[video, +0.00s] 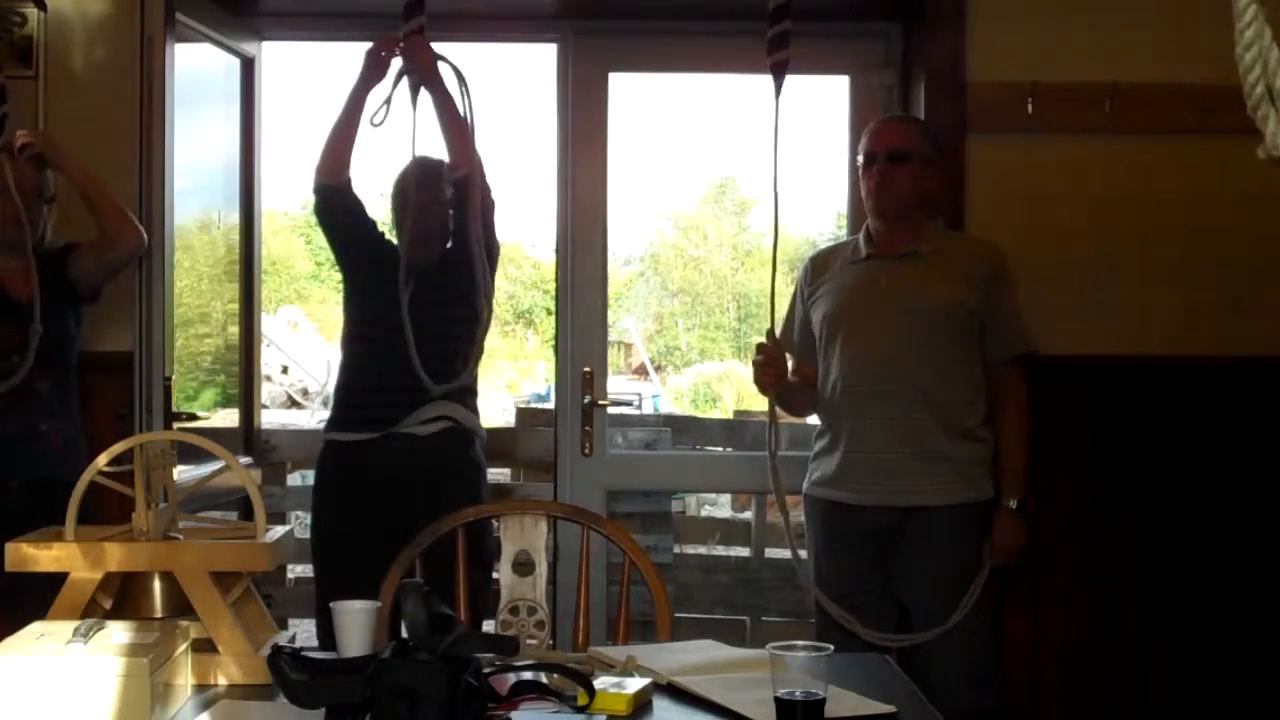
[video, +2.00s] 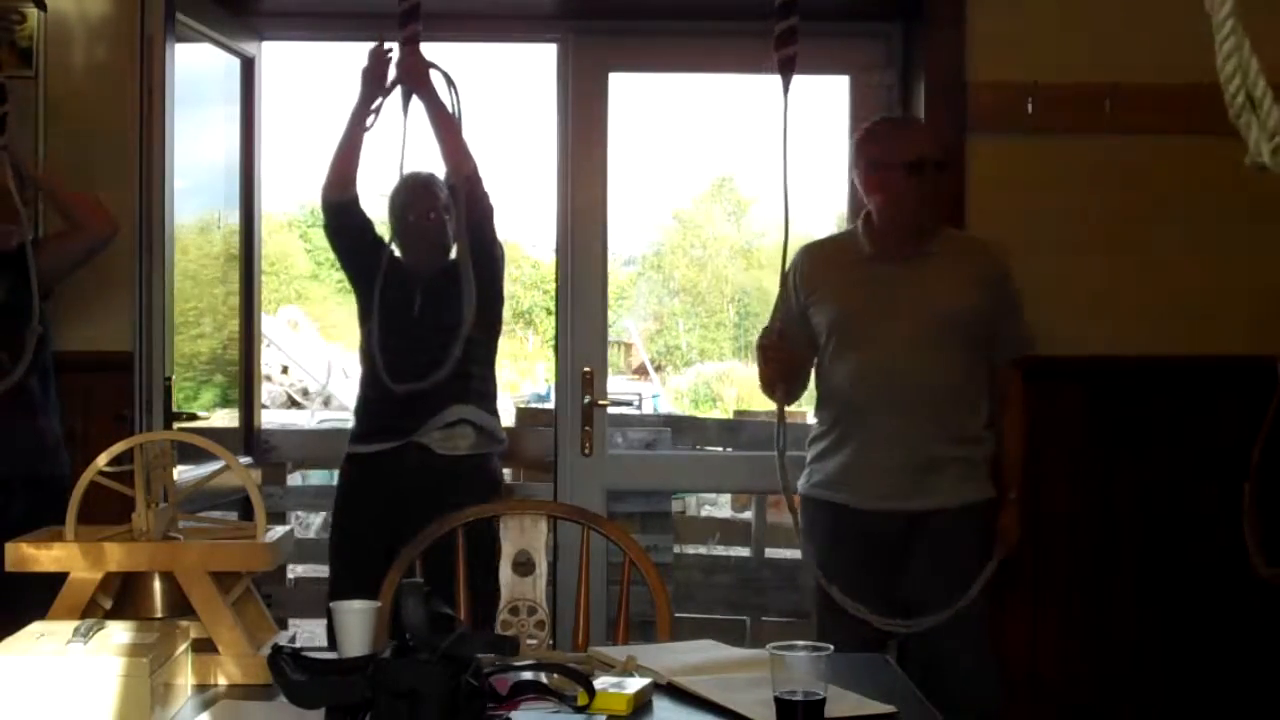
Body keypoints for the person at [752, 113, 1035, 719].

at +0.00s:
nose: (879, 171)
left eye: (898, 158)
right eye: (869, 160)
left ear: (933, 175)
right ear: (857, 177)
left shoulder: (977, 264)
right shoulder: (821, 269)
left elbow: (1009, 387)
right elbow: (810, 394)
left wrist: (1011, 502)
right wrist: (779, 386)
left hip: (948, 508)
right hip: (841, 507)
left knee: (951, 682)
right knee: (852, 679)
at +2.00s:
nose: (917, 180)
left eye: (924, 167)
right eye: (897, 168)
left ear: (936, 176)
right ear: (860, 179)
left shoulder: (979, 265)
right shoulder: (816, 264)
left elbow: (1010, 388)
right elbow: (784, 390)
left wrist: (1012, 499)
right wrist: (773, 361)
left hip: (954, 507)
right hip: (844, 506)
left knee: (954, 678)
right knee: (852, 676)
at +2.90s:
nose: (919, 170)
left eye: (934, 155)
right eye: (900, 156)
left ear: (956, 166)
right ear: (873, 176)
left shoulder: (980, 242)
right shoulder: (847, 233)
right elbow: (783, 165)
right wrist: (801, 70)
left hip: (947, 476)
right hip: (847, 470)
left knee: (952, 652)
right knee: (853, 651)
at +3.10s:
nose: (890, 157)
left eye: (906, 146)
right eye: (874, 147)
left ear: (932, 161)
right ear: (857, 166)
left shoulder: (957, 230)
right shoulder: (826, 225)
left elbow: (950, 140)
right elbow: (783, 163)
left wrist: (888, 54)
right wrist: (814, 67)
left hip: (934, 439)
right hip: (833, 443)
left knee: (939, 623)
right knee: (841, 626)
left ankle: (943, 719)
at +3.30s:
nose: (873, 168)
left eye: (890, 157)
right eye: (860, 157)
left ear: (913, 170)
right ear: (842, 170)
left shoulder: (938, 234)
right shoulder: (813, 236)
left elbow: (914, 133)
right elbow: (769, 167)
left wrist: (872, 38)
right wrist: (802, 73)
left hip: (918, 441)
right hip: (819, 447)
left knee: (926, 618)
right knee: (831, 624)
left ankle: (930, 714)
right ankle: (836, 712)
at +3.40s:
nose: (864, 173)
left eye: (881, 162)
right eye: (851, 162)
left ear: (908, 174)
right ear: (836, 175)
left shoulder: (933, 238)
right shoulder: (806, 241)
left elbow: (912, 150)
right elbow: (756, 164)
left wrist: (872, 55)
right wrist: (801, 68)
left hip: (912, 452)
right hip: (815, 458)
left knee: (919, 630)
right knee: (834, 638)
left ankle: (927, 718)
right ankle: (843, 718)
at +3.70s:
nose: (855, 177)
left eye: (874, 165)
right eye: (845, 166)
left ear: (904, 175)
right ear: (831, 179)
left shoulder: (929, 244)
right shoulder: (804, 250)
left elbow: (909, 140)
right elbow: (730, 179)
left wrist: (887, 52)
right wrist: (803, 87)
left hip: (901, 458)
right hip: (805, 466)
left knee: (915, 644)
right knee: (831, 649)